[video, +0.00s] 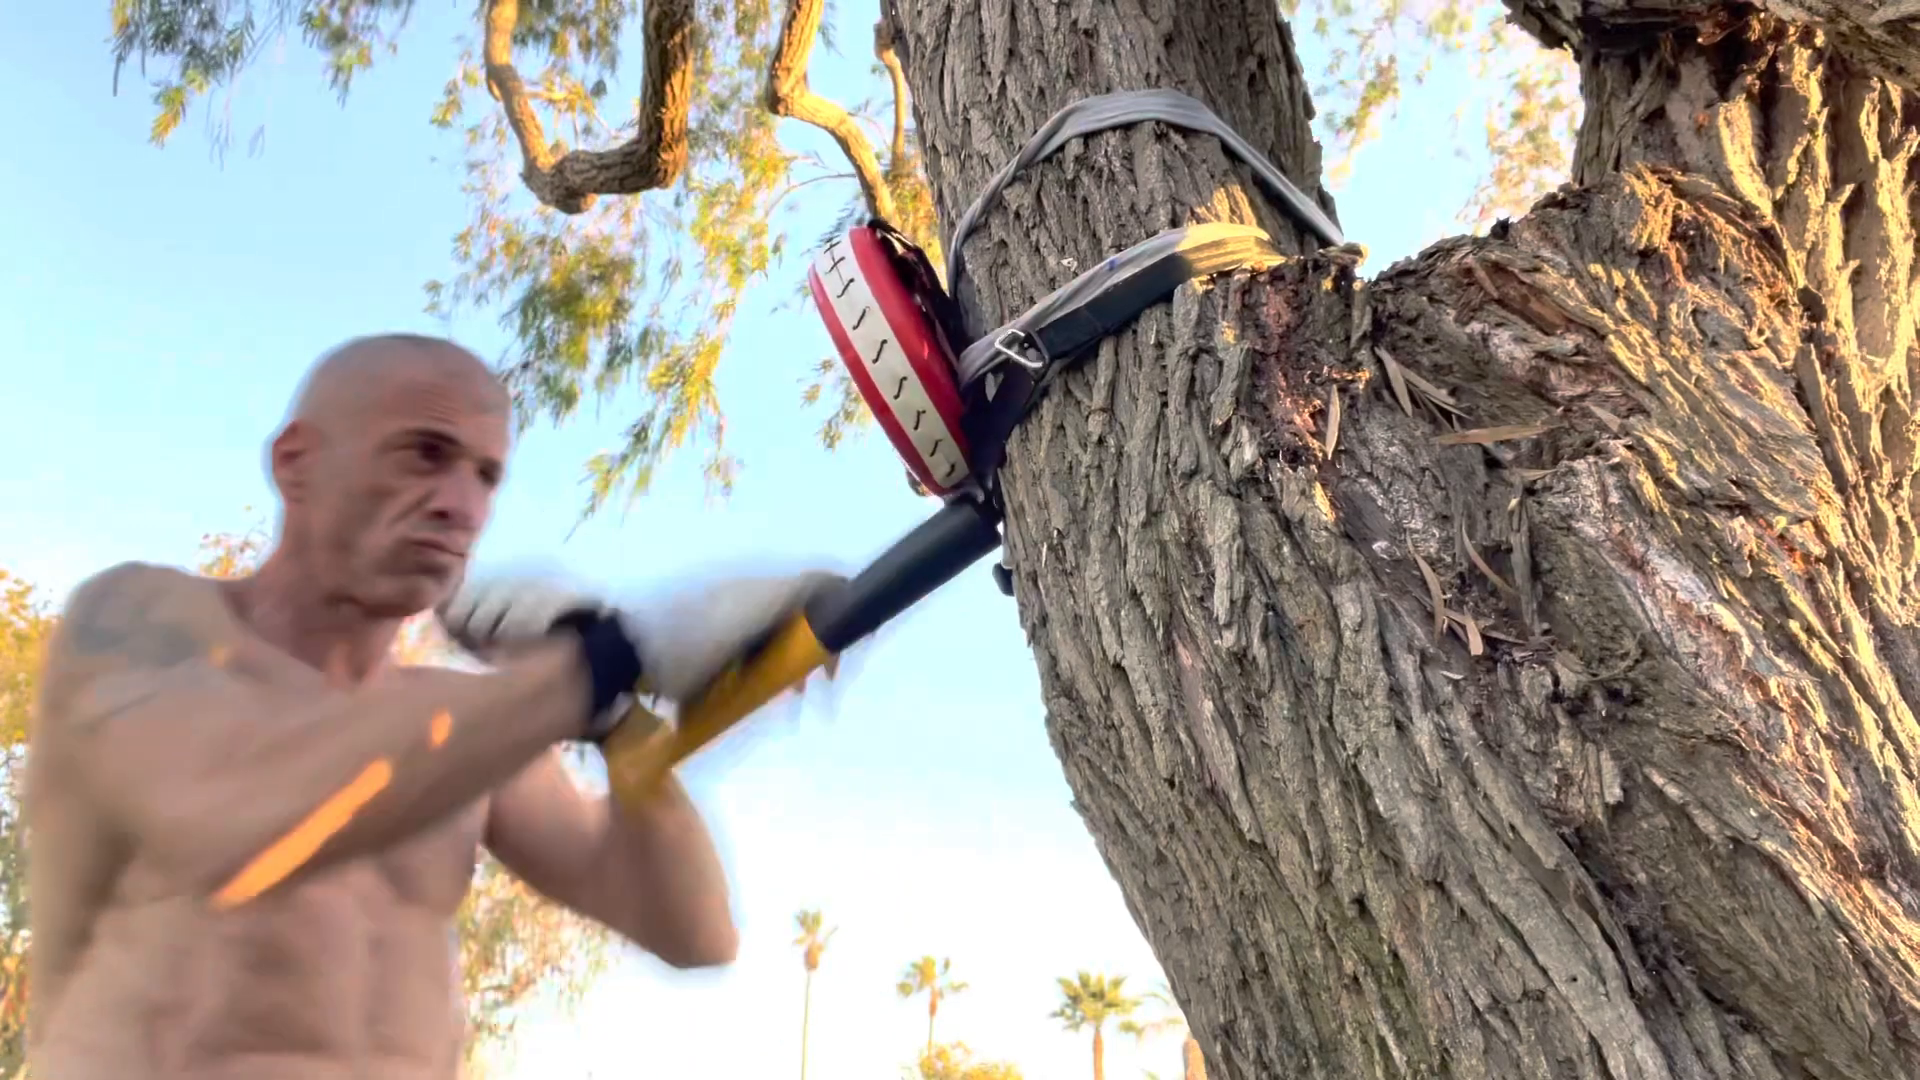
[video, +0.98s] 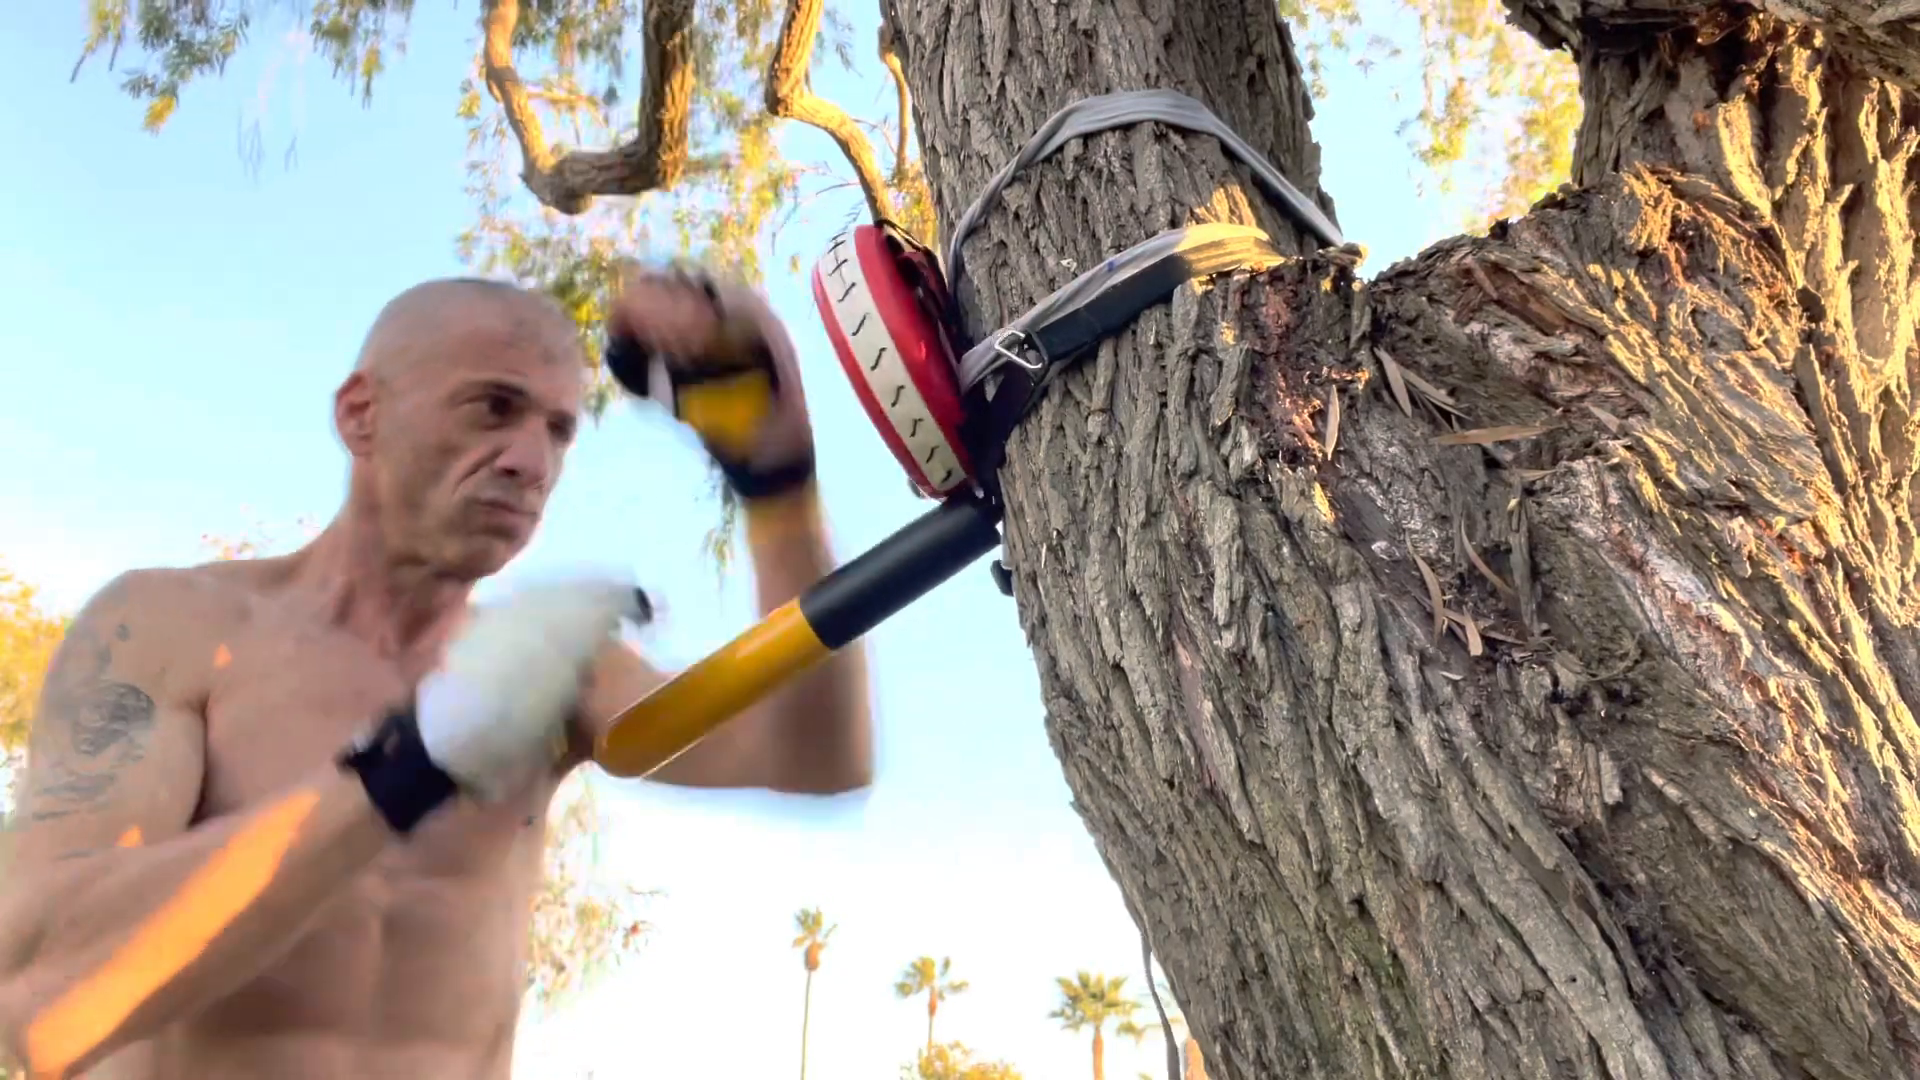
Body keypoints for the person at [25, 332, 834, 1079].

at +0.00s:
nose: (461, 503)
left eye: (486, 478)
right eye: (423, 453)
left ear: (498, 508)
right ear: (295, 462)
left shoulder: (465, 723)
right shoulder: (136, 617)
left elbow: (692, 931)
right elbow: (229, 832)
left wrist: (624, 716)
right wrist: (606, 663)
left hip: (407, 1061)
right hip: (153, 1057)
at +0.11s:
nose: (366, 494)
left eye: (390, 471)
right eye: (327, 443)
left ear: (398, 500)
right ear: (191, 451)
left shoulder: (386, 680)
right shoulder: (38, 648)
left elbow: (642, 732)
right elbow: (112, 906)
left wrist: (800, 499)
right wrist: (492, 735)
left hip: (341, 1060)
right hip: (95, 1065)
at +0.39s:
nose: (266, 500)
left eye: (294, 468)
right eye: (221, 446)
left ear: (311, 491)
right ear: (87, 455)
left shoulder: (316, 681)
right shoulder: (17, 660)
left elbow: (626, 742)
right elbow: (20, 898)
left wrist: (729, 508)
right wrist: (424, 764)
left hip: (309, 1057)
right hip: (67, 1058)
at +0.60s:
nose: (425, 439)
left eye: (455, 406)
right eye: (380, 386)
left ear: (474, 433)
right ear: (248, 398)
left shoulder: (511, 628)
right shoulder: (73, 633)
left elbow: (809, 581)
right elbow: (28, 960)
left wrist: (674, 313)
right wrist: (440, 793)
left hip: (420, 1060)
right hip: (114, 1065)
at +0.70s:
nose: (530, 407)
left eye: (564, 374)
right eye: (483, 352)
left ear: (585, 402)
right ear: (354, 370)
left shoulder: (601, 597)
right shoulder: (176, 618)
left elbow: (903, 491)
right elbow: (24, 972)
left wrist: (770, 171)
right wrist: (442, 822)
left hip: (475, 1061)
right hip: (186, 1060)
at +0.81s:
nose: (583, 431)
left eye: (610, 399)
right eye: (542, 374)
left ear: (625, 422)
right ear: (406, 378)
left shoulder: (614, 606)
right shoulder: (200, 620)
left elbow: (894, 510)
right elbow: (40, 981)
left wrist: (753, 224)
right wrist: (462, 832)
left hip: (515, 1064)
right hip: (222, 1064)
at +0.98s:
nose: (530, 460)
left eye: (560, 431)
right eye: (491, 407)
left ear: (572, 457)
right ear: (359, 414)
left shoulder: (541, 670)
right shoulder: (159, 629)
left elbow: (820, 755)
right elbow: (47, 989)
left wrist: (772, 469)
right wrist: (400, 774)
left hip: (453, 1062)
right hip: (200, 1061)